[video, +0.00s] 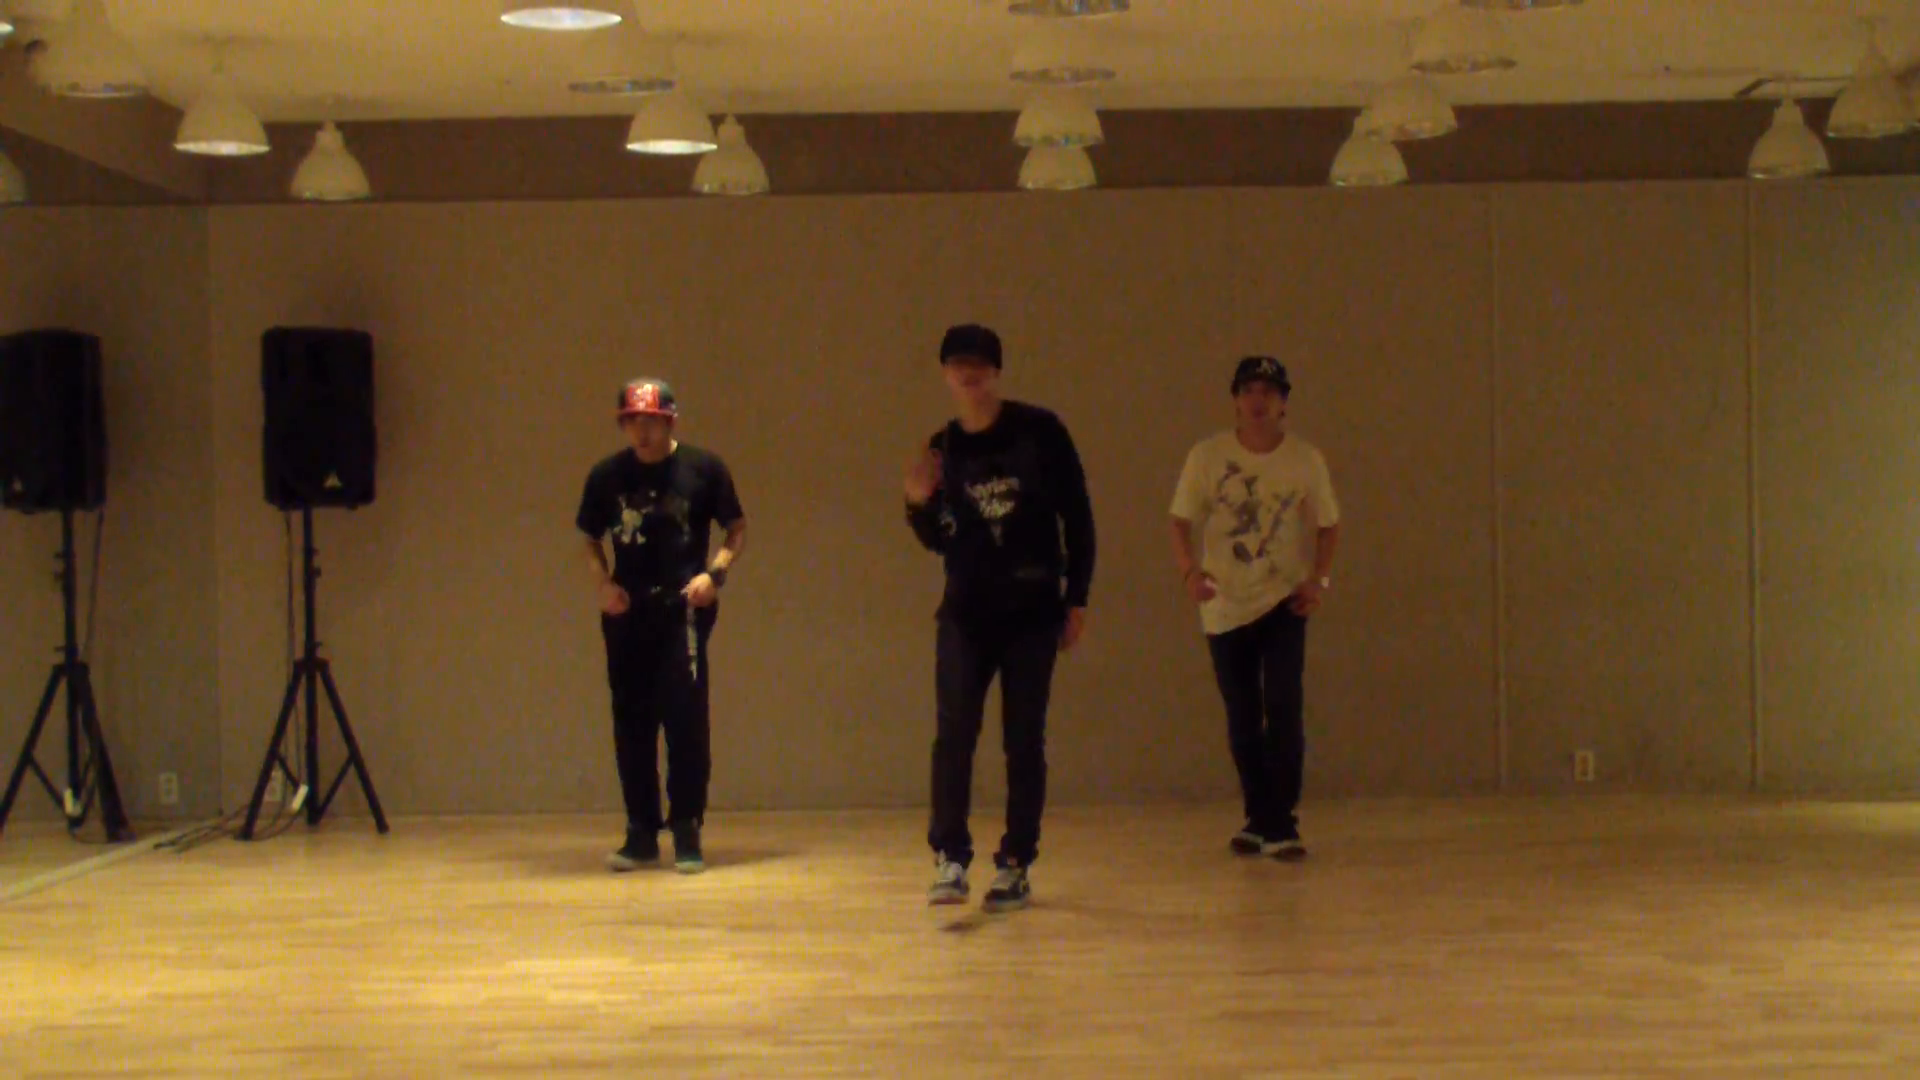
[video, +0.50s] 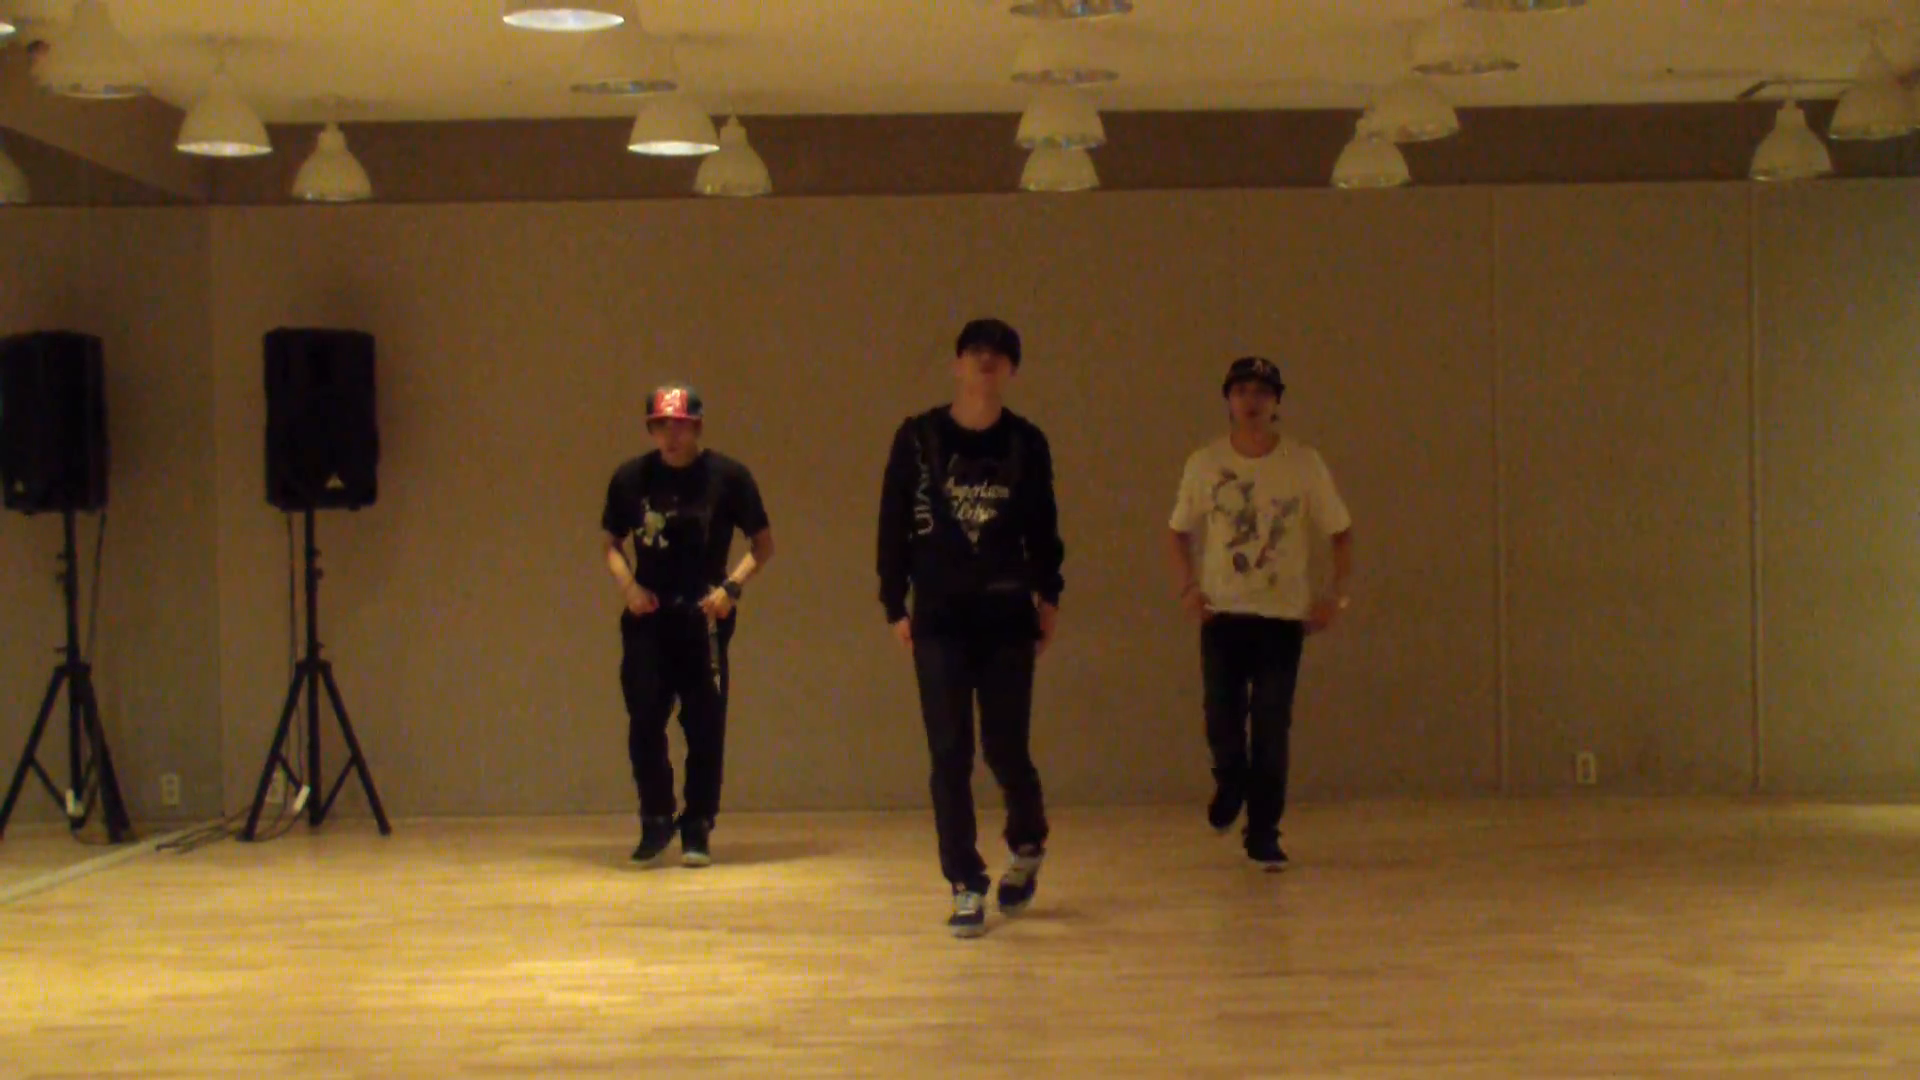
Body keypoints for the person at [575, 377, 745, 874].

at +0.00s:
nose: (642, 431)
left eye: (651, 421)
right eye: (634, 422)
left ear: (671, 422)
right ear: (623, 426)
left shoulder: (704, 470)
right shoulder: (607, 476)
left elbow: (735, 528)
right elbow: (589, 537)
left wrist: (712, 575)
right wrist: (604, 584)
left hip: (683, 616)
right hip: (627, 617)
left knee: (686, 725)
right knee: (632, 726)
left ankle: (687, 834)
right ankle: (641, 835)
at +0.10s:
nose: (649, 432)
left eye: (658, 422)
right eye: (640, 423)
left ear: (677, 423)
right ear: (629, 427)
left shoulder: (709, 472)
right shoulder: (613, 476)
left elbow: (739, 535)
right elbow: (595, 542)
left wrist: (713, 581)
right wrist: (609, 587)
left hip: (688, 620)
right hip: (632, 620)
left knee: (690, 729)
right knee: (635, 730)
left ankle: (692, 834)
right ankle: (641, 836)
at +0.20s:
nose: (658, 434)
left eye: (667, 424)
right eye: (649, 425)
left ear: (685, 426)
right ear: (637, 429)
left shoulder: (716, 476)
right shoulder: (619, 480)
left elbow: (746, 541)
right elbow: (599, 545)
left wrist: (718, 587)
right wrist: (617, 589)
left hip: (693, 622)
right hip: (637, 622)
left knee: (695, 731)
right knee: (638, 731)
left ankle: (694, 835)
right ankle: (643, 836)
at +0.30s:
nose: (664, 434)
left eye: (673, 425)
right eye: (656, 425)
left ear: (691, 426)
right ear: (644, 429)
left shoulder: (723, 477)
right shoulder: (625, 479)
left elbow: (755, 542)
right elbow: (605, 545)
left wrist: (724, 588)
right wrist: (622, 589)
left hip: (698, 623)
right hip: (641, 622)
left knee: (701, 729)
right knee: (640, 728)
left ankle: (695, 831)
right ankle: (644, 833)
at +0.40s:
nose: (668, 436)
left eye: (677, 426)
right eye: (660, 426)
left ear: (696, 427)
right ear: (648, 430)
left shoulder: (727, 477)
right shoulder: (628, 479)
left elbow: (760, 543)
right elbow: (610, 546)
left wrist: (729, 587)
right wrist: (628, 587)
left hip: (701, 623)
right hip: (644, 623)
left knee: (704, 731)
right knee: (642, 729)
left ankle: (695, 832)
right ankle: (649, 831)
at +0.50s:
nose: (670, 436)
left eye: (679, 426)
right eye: (662, 426)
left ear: (698, 427)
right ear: (650, 430)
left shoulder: (729, 478)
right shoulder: (631, 479)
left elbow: (763, 544)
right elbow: (612, 544)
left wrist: (731, 588)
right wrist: (629, 587)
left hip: (703, 622)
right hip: (647, 622)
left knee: (705, 728)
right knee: (644, 726)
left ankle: (696, 828)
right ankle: (656, 822)